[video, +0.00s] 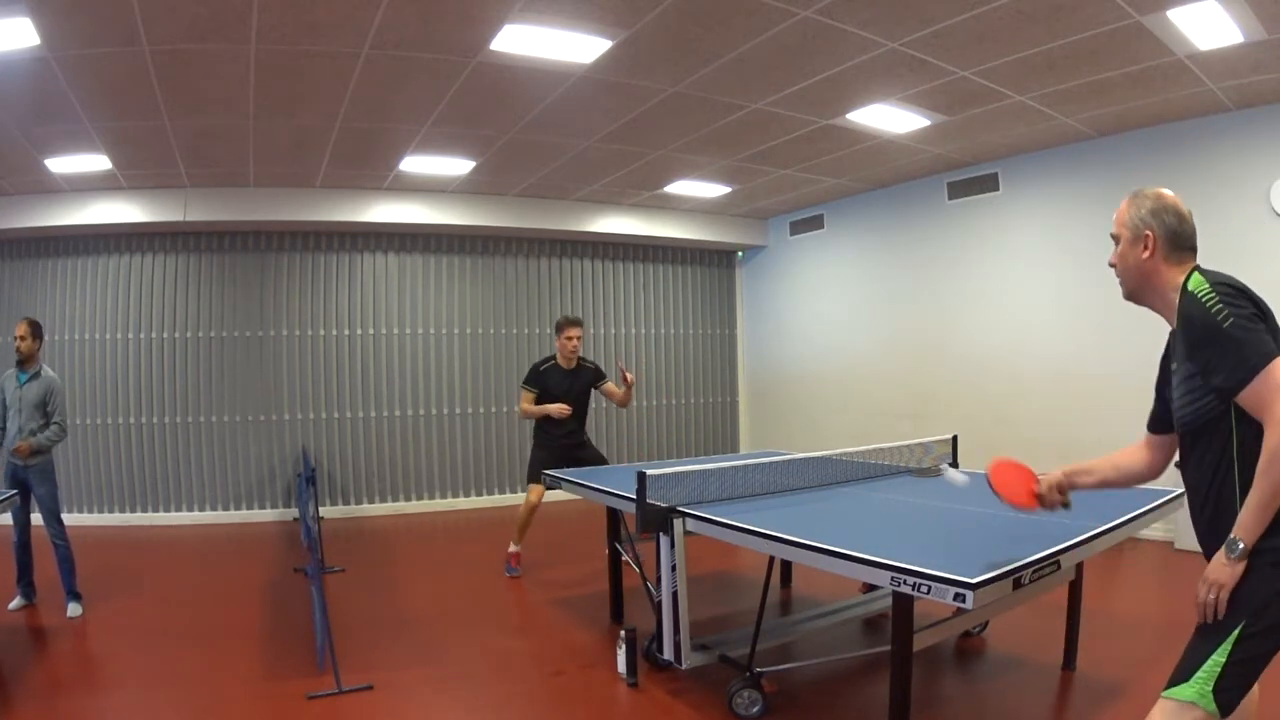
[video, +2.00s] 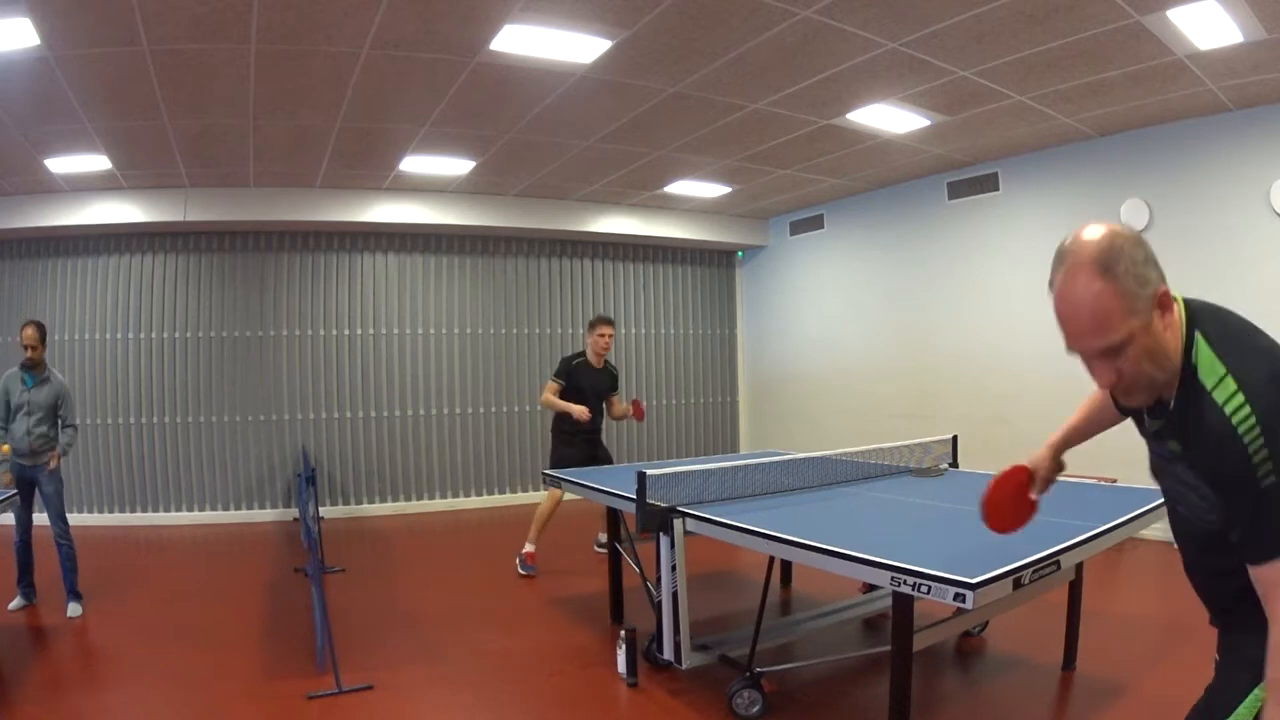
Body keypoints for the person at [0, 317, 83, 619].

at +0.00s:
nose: (17, 343)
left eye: (23, 338)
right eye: (15, 338)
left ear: (38, 343)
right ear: (15, 343)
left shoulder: (50, 382)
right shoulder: (6, 380)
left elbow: (60, 427)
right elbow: (4, 420)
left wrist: (34, 444)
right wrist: (5, 447)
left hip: (39, 465)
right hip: (10, 464)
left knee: (55, 531)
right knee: (20, 532)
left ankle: (72, 596)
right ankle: (26, 592)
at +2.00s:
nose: (28, 352)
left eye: (33, 347)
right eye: (25, 347)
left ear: (44, 347)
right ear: (20, 346)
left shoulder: (57, 385)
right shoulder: (8, 381)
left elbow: (69, 427)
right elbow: (3, 425)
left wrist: (59, 453)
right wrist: (5, 466)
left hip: (47, 465)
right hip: (17, 465)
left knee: (60, 532)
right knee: (22, 533)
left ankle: (73, 596)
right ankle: (26, 593)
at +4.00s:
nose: (17, 345)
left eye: (23, 340)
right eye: (15, 340)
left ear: (38, 344)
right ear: (13, 344)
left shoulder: (52, 383)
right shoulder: (7, 379)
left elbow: (62, 428)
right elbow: (3, 420)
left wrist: (41, 450)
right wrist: (1, 403)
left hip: (41, 463)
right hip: (11, 464)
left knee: (57, 531)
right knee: (20, 533)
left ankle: (72, 596)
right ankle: (26, 593)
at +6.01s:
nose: (12, 348)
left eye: (17, 343)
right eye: (10, 343)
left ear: (33, 345)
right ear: (10, 346)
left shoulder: (49, 381)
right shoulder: (5, 381)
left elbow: (61, 426)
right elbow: (3, 425)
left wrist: (39, 453)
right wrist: (3, 464)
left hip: (41, 463)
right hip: (12, 463)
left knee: (57, 530)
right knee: (20, 532)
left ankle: (72, 596)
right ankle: (26, 593)